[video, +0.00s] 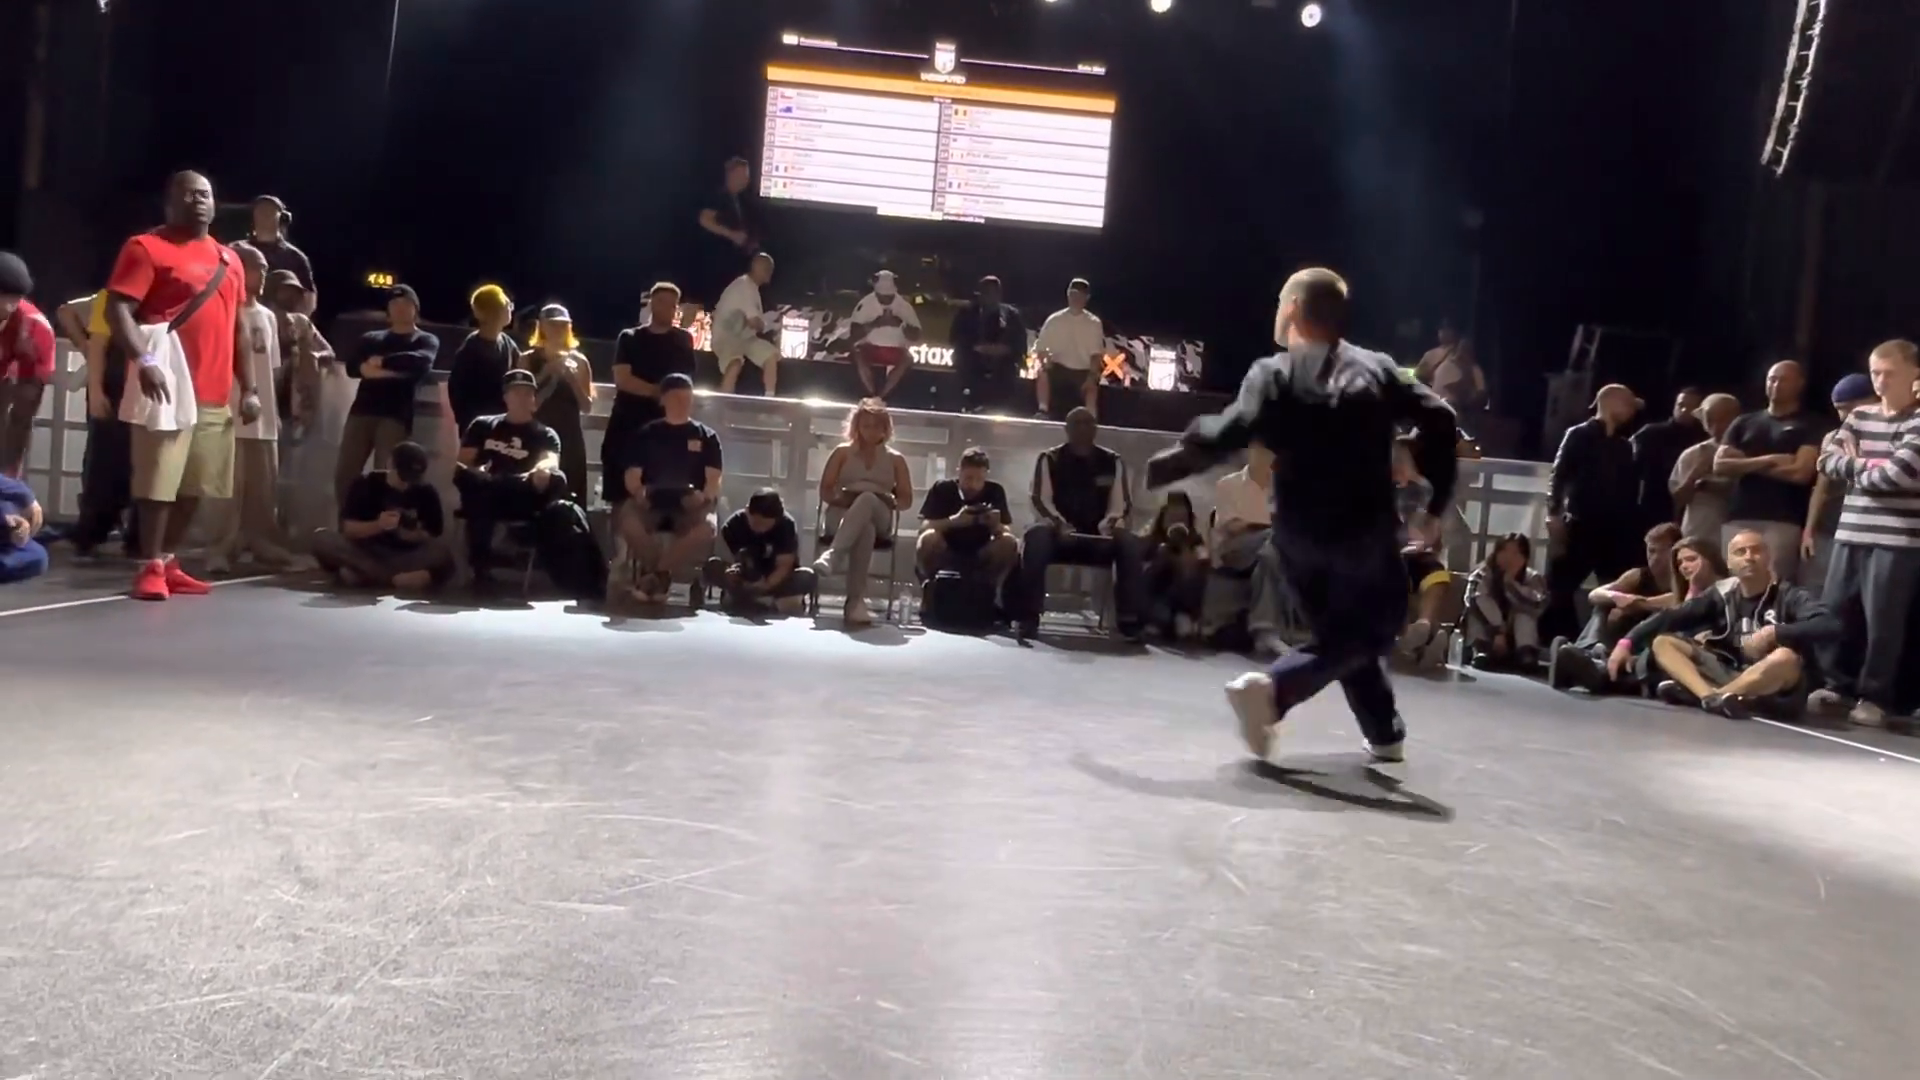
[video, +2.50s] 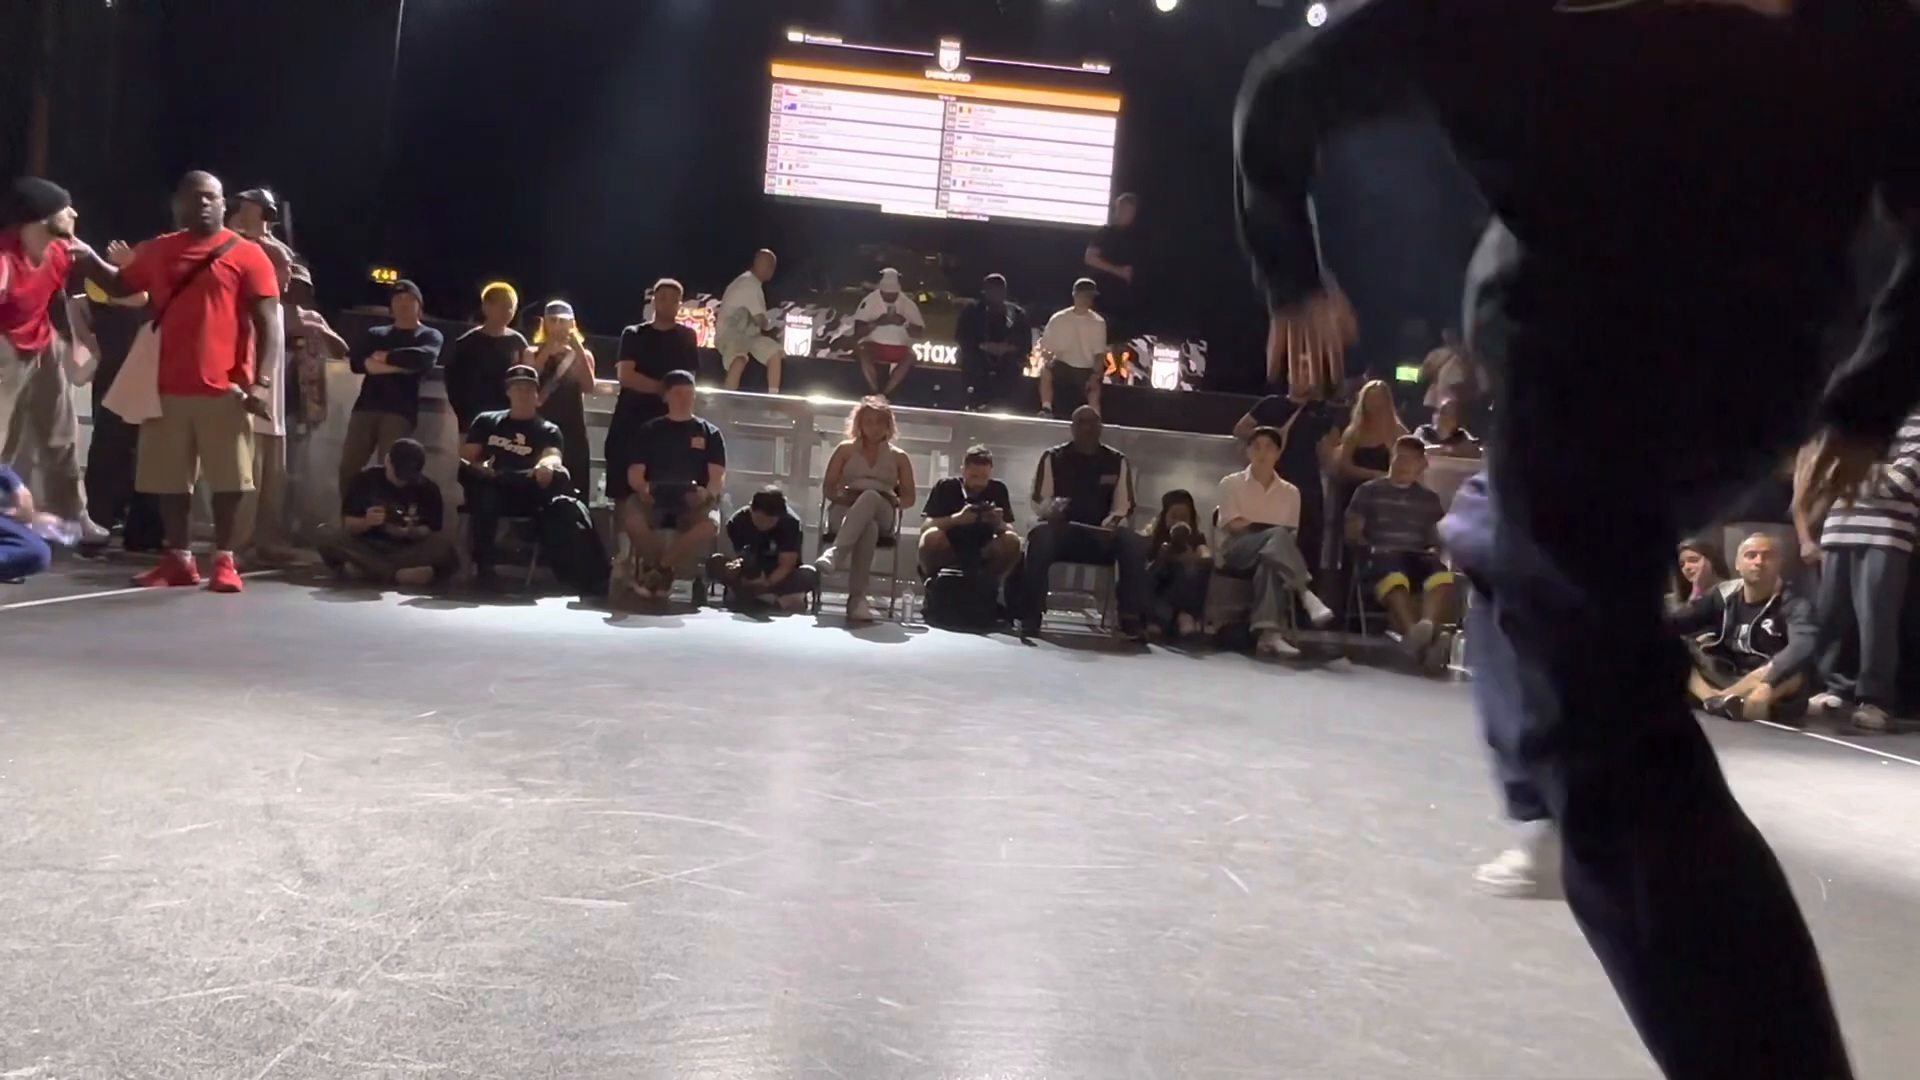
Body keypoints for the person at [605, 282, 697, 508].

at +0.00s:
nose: (668, 308)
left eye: (672, 304)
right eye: (662, 302)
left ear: (677, 308)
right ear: (651, 304)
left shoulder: (683, 339)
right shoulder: (629, 337)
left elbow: (686, 384)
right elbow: (622, 380)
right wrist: (660, 392)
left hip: (666, 422)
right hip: (629, 420)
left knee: (663, 490)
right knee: (621, 493)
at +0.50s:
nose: (671, 305)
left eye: (675, 300)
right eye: (665, 299)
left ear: (679, 303)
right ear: (654, 301)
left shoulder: (686, 335)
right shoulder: (633, 333)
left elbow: (689, 380)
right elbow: (625, 375)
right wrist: (663, 388)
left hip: (669, 418)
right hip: (632, 416)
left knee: (666, 485)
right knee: (623, 488)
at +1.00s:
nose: (670, 304)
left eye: (675, 299)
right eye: (665, 298)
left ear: (680, 303)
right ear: (654, 300)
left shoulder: (687, 334)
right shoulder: (634, 332)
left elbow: (689, 380)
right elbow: (626, 374)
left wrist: (640, 378)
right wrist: (665, 387)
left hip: (669, 423)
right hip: (631, 420)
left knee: (665, 492)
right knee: (624, 493)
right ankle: (621, 553)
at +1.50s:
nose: (671, 304)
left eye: (675, 299)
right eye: (665, 298)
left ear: (680, 304)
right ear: (655, 300)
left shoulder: (687, 335)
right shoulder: (633, 332)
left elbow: (689, 379)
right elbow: (625, 375)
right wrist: (664, 387)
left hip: (668, 423)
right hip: (630, 420)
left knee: (665, 490)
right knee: (624, 492)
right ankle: (622, 548)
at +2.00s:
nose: (668, 304)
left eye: (673, 300)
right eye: (663, 299)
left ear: (678, 303)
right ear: (654, 301)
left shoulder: (686, 335)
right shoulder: (633, 332)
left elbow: (688, 380)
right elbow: (624, 376)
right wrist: (663, 388)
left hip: (667, 422)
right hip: (630, 419)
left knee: (665, 489)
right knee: (622, 490)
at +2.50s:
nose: (668, 303)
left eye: (674, 298)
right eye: (663, 297)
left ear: (679, 304)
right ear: (654, 301)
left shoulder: (687, 336)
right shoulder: (633, 333)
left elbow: (689, 381)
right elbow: (625, 376)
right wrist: (664, 389)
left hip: (668, 422)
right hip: (631, 419)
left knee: (665, 489)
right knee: (623, 491)